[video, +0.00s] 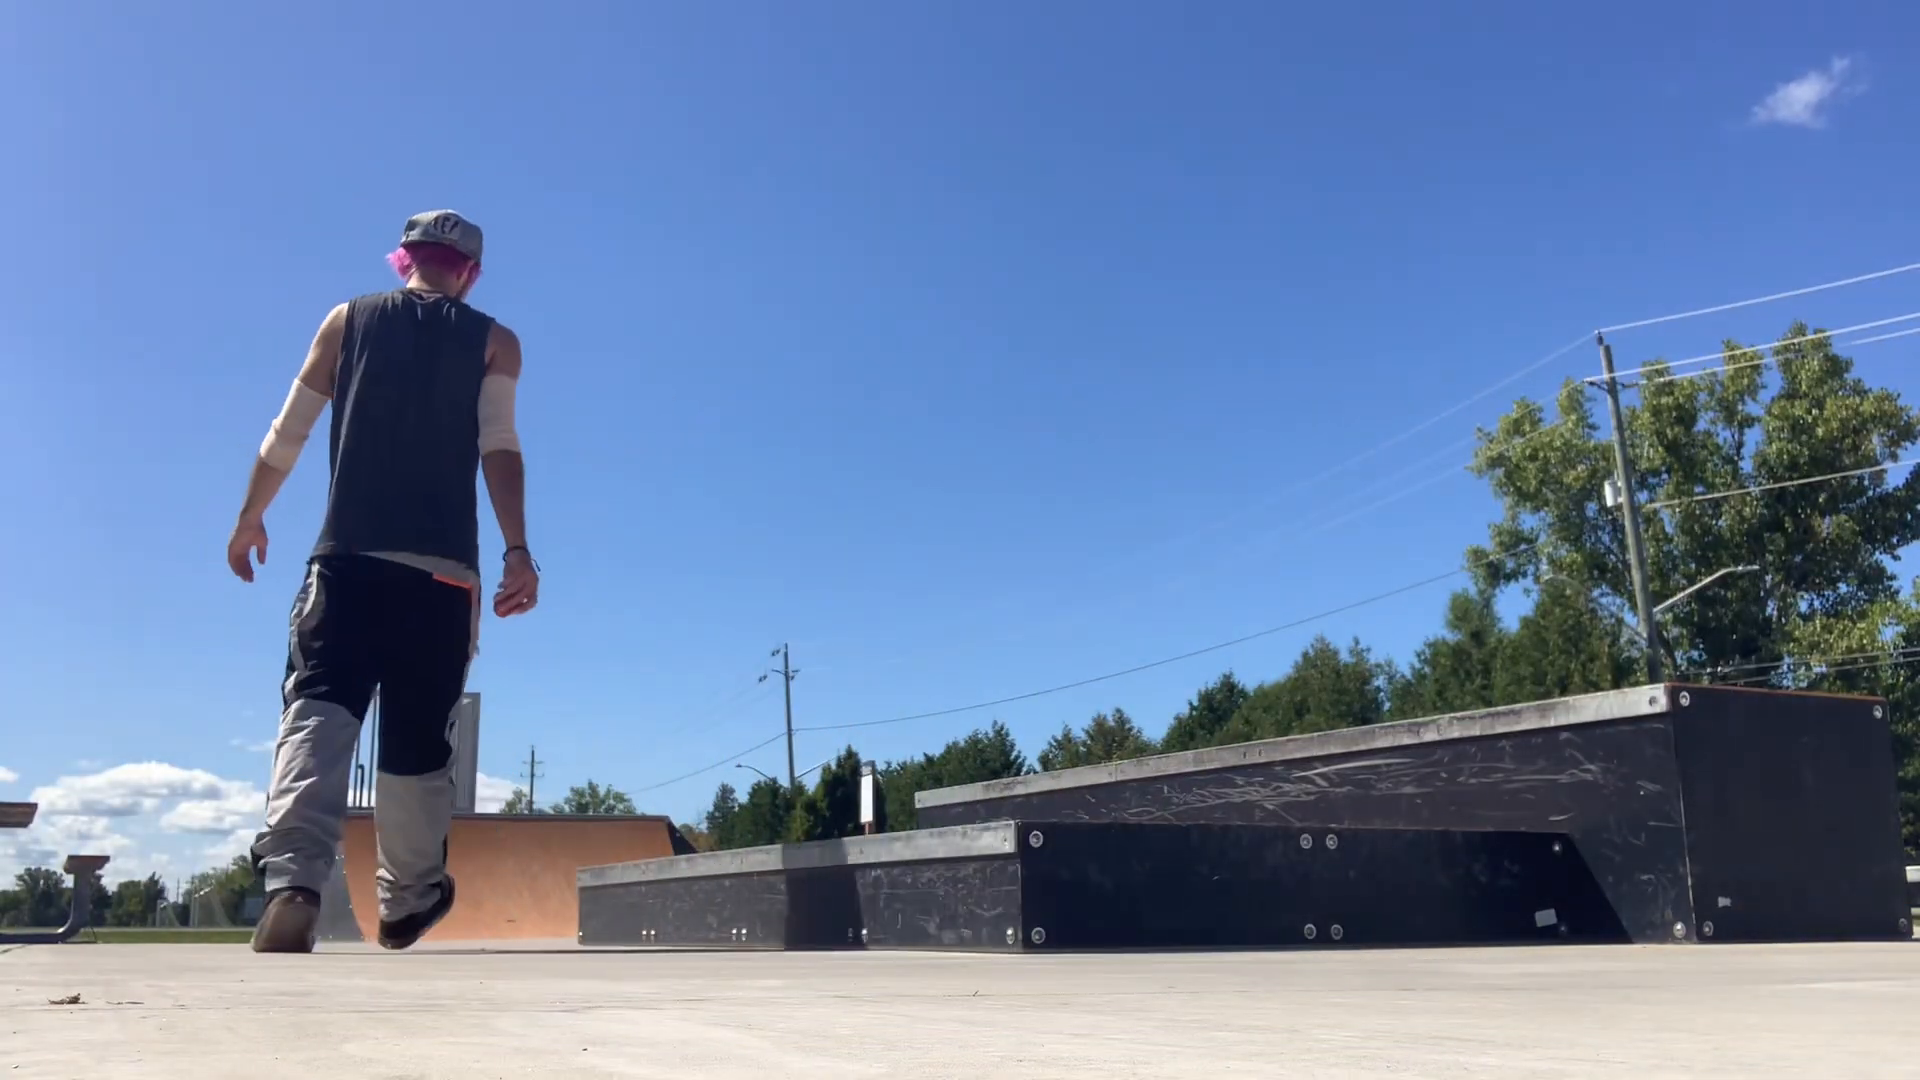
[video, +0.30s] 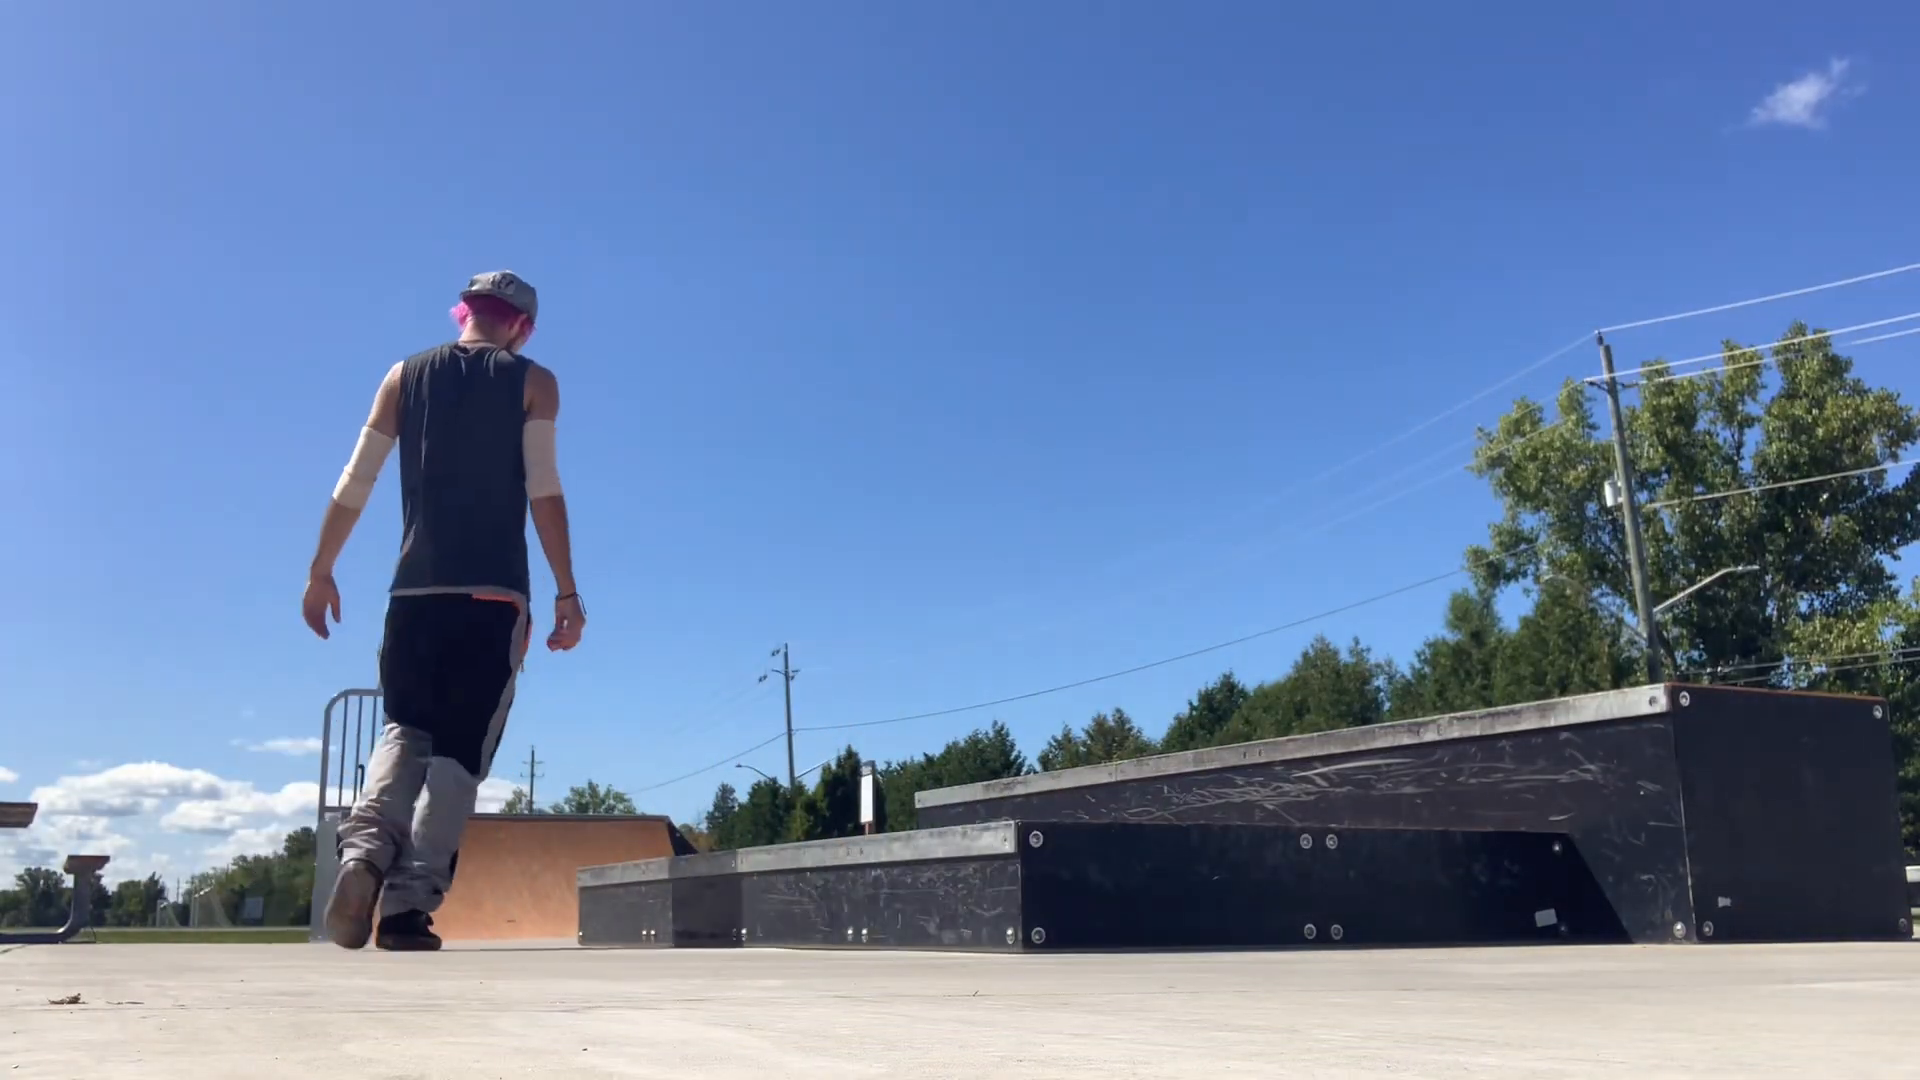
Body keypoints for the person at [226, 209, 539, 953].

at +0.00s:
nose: (423, 272)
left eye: (415, 260)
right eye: (453, 267)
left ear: (402, 263)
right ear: (471, 272)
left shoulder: (348, 320)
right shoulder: (493, 341)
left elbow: (288, 433)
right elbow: (499, 449)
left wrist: (250, 516)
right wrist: (517, 548)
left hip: (346, 565)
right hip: (439, 575)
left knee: (316, 716)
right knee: (417, 745)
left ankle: (293, 888)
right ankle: (409, 896)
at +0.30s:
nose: (524, 336)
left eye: (477, 318)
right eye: (526, 327)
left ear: (461, 317)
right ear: (522, 326)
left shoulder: (407, 374)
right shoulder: (532, 382)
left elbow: (356, 482)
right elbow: (544, 490)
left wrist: (320, 570)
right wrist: (566, 589)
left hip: (415, 590)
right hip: (492, 593)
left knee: (404, 729)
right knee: (458, 758)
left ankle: (362, 856)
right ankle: (408, 910)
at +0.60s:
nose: (590, 416)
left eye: (590, 408)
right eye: (591, 408)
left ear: (533, 395)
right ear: (580, 402)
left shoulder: (476, 449)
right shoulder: (582, 452)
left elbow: (432, 546)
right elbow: (600, 552)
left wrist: (391, 622)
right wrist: (635, 609)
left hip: (474, 633)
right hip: (533, 633)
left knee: (500, 773)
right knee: (511, 772)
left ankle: (505, 919)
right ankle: (426, 872)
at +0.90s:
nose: (678, 453)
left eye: (682, 444)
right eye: (680, 441)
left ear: (630, 420)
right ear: (664, 428)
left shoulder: (569, 463)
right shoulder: (643, 470)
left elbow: (512, 547)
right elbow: (626, 561)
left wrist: (513, 615)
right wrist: (640, 653)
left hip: (540, 651)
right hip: (600, 653)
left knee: (535, 771)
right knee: (642, 765)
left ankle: (503, 912)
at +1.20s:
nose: (765, 486)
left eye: (770, 478)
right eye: (768, 476)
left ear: (722, 456)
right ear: (752, 464)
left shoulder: (668, 497)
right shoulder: (735, 501)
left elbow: (627, 583)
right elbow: (704, 577)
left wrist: (645, 655)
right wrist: (686, 654)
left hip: (651, 672)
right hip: (706, 670)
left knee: (649, 776)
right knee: (728, 794)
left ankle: (574, 854)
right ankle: (736, 910)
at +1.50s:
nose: (819, 493)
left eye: (820, 485)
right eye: (822, 484)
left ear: (774, 470)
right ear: (815, 476)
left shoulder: (728, 517)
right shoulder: (802, 511)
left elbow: (695, 592)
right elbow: (824, 596)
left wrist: (689, 661)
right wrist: (867, 662)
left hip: (734, 669)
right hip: (779, 665)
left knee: (777, 787)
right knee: (770, 784)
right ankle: (732, 879)